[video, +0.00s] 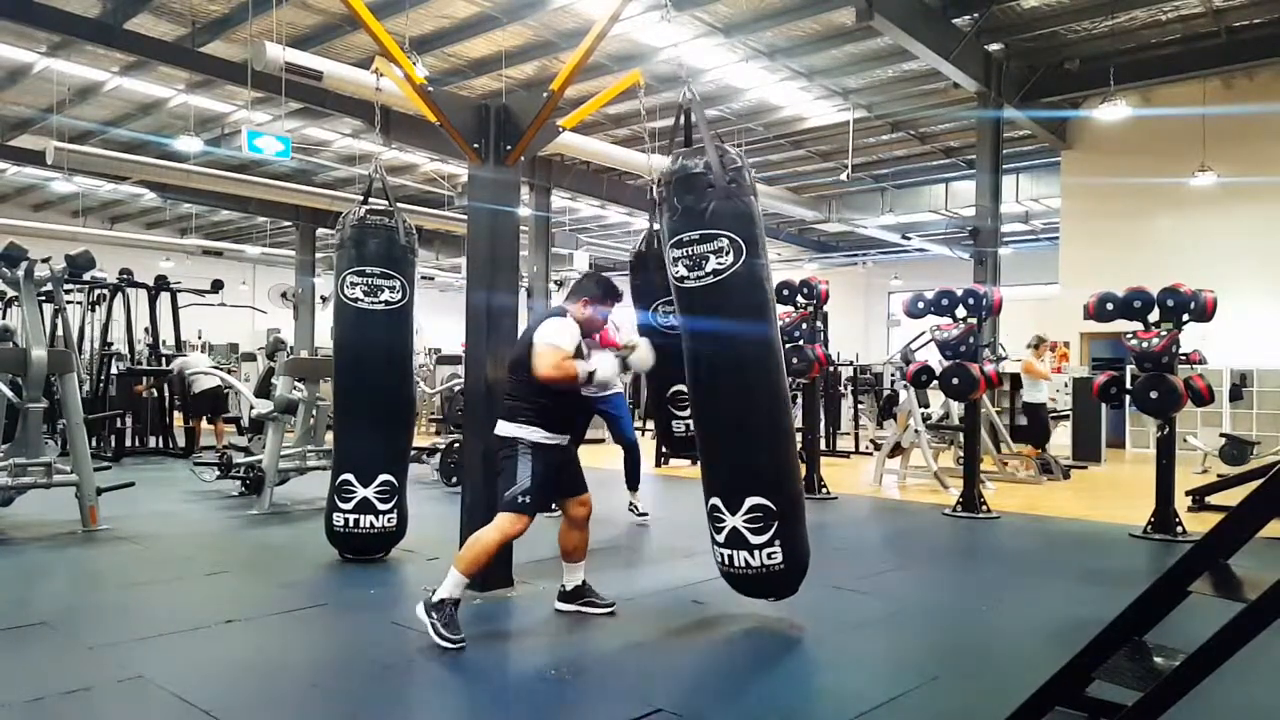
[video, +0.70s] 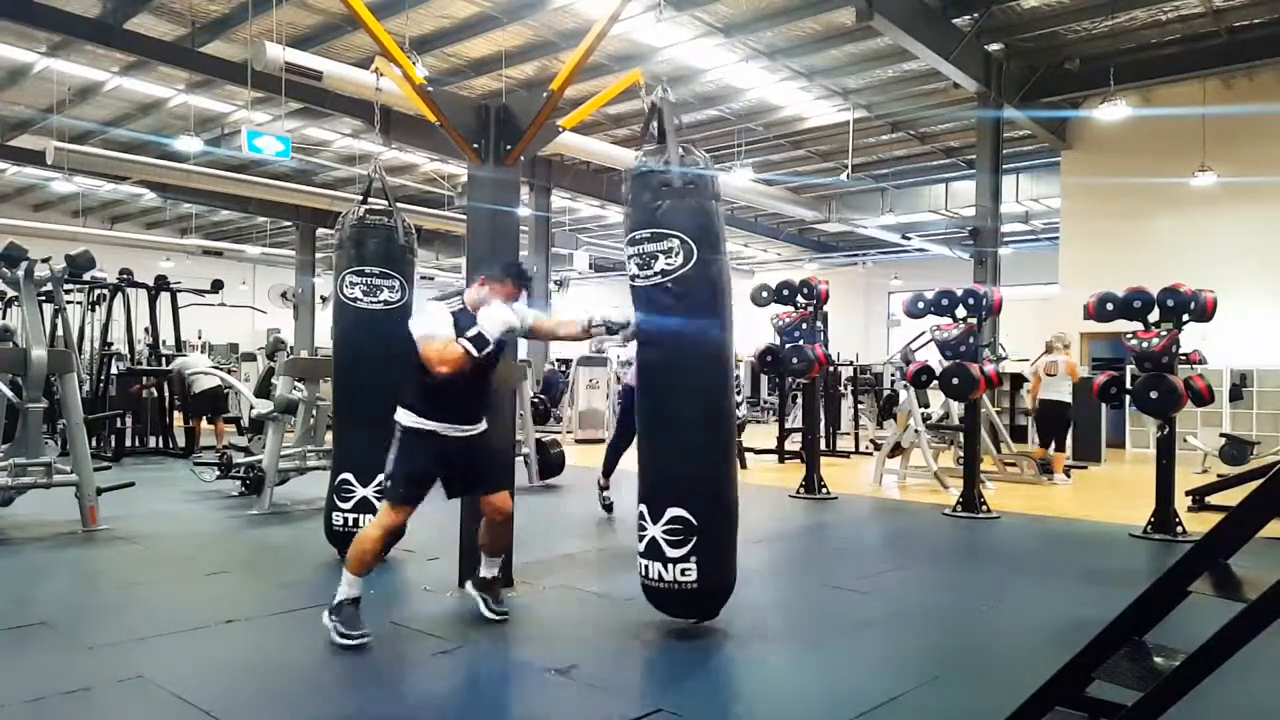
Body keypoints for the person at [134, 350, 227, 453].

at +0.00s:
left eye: (173, 365)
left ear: (177, 360)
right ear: (187, 355)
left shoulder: (178, 362)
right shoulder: (202, 356)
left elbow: (163, 378)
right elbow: (216, 367)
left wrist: (145, 387)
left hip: (200, 391)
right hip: (217, 387)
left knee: (196, 421)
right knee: (218, 420)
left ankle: (196, 448)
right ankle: (220, 446)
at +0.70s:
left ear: (176, 360)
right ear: (187, 355)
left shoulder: (176, 363)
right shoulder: (201, 357)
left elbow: (160, 380)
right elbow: (215, 367)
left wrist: (142, 386)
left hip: (199, 391)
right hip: (217, 387)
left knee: (196, 422)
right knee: (218, 419)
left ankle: (196, 448)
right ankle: (220, 446)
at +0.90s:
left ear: (181, 357)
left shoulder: (181, 361)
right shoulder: (203, 357)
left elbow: (171, 373)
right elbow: (214, 367)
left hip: (200, 390)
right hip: (217, 386)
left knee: (196, 421)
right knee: (219, 419)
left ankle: (196, 447)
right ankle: (220, 446)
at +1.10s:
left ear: (186, 354)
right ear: (198, 351)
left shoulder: (182, 360)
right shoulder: (207, 357)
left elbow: (177, 374)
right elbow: (217, 369)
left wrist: (177, 392)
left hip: (201, 390)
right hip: (218, 387)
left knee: (196, 421)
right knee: (219, 419)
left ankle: (196, 447)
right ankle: (220, 446)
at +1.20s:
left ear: (188, 352)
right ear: (200, 350)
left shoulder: (184, 360)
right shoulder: (210, 356)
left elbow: (184, 380)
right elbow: (221, 368)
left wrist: (183, 399)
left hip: (201, 391)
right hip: (220, 388)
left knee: (197, 421)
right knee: (220, 420)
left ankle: (197, 447)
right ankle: (220, 446)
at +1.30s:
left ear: (189, 349)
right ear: (201, 348)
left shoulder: (188, 359)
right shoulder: (214, 355)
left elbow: (188, 380)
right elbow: (225, 370)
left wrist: (189, 397)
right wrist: (226, 384)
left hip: (203, 390)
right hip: (221, 389)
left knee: (198, 421)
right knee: (221, 420)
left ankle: (197, 446)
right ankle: (221, 446)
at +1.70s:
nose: (200, 352)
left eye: (199, 350)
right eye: (198, 350)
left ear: (203, 345)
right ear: (211, 344)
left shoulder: (203, 353)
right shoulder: (229, 354)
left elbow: (199, 374)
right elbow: (238, 375)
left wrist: (195, 390)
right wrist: (240, 389)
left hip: (211, 391)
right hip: (228, 391)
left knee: (200, 418)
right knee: (223, 420)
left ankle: (201, 446)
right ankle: (219, 447)